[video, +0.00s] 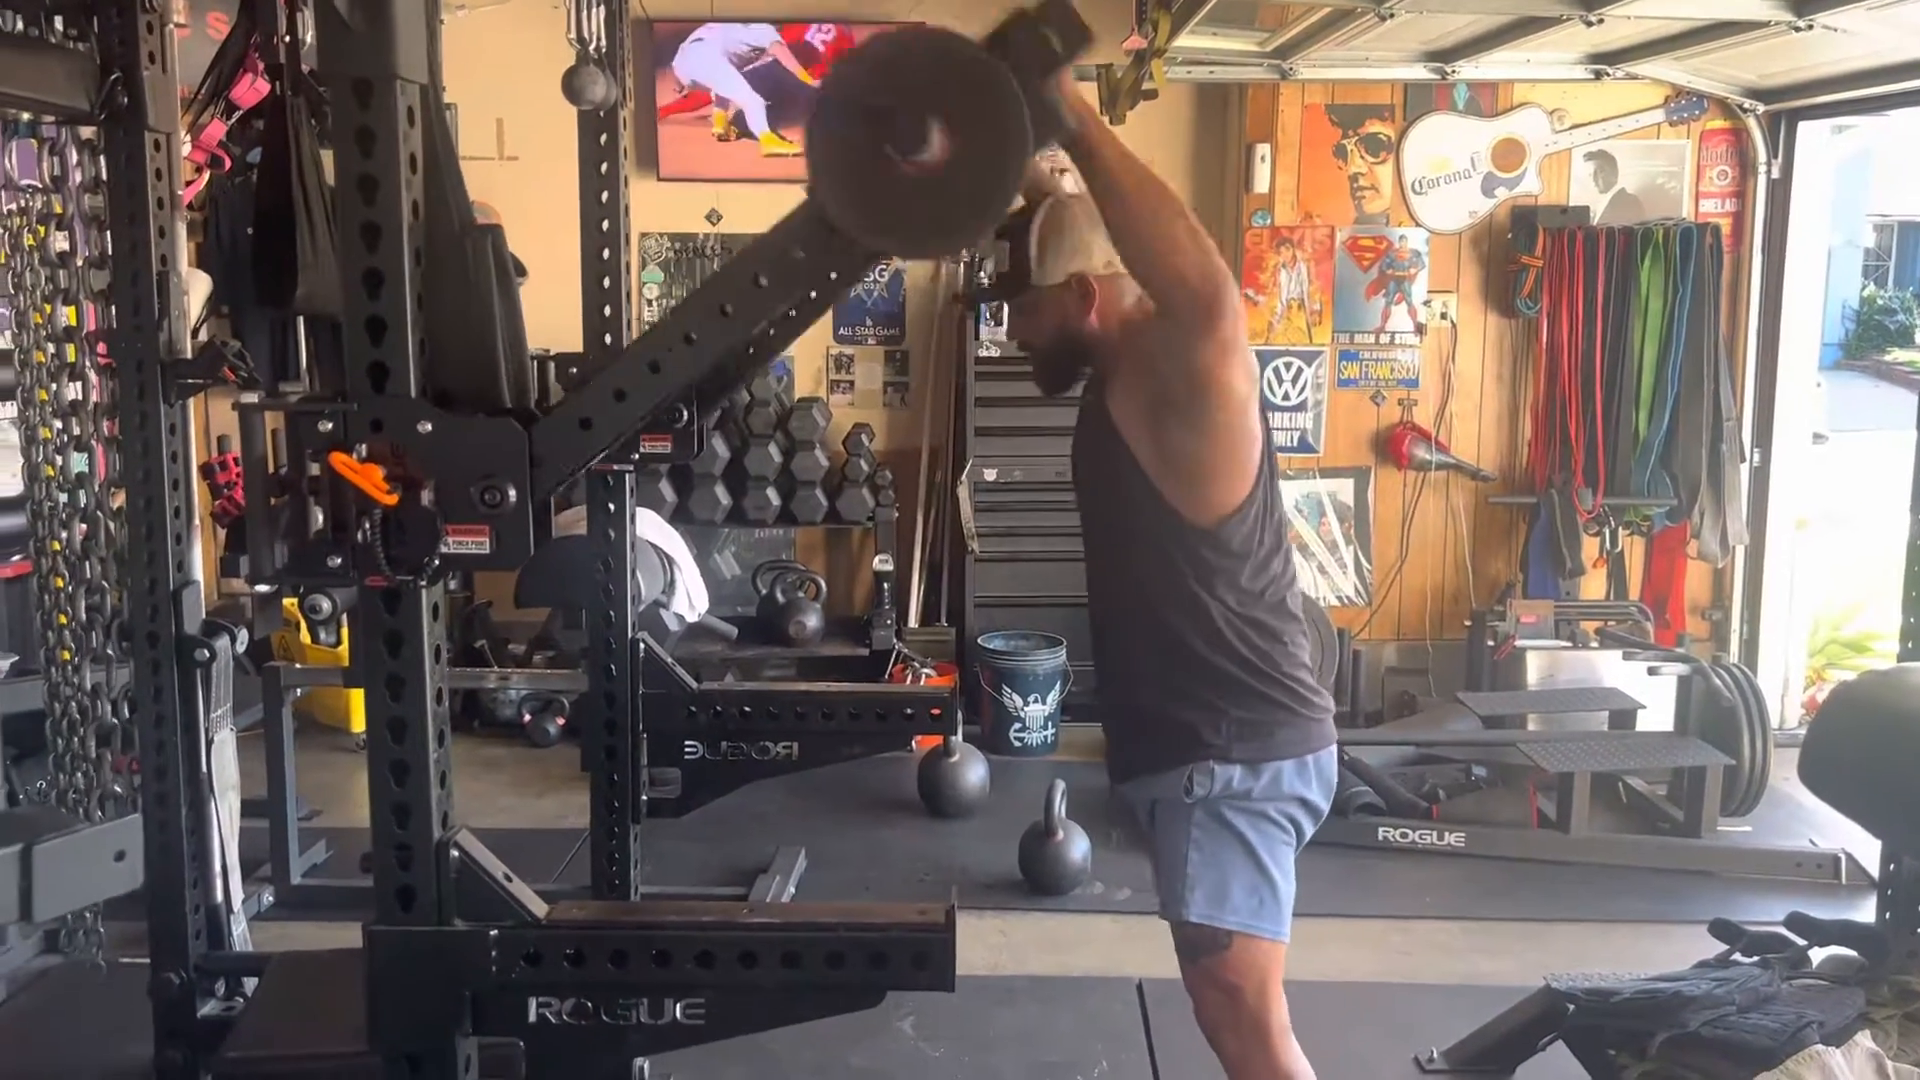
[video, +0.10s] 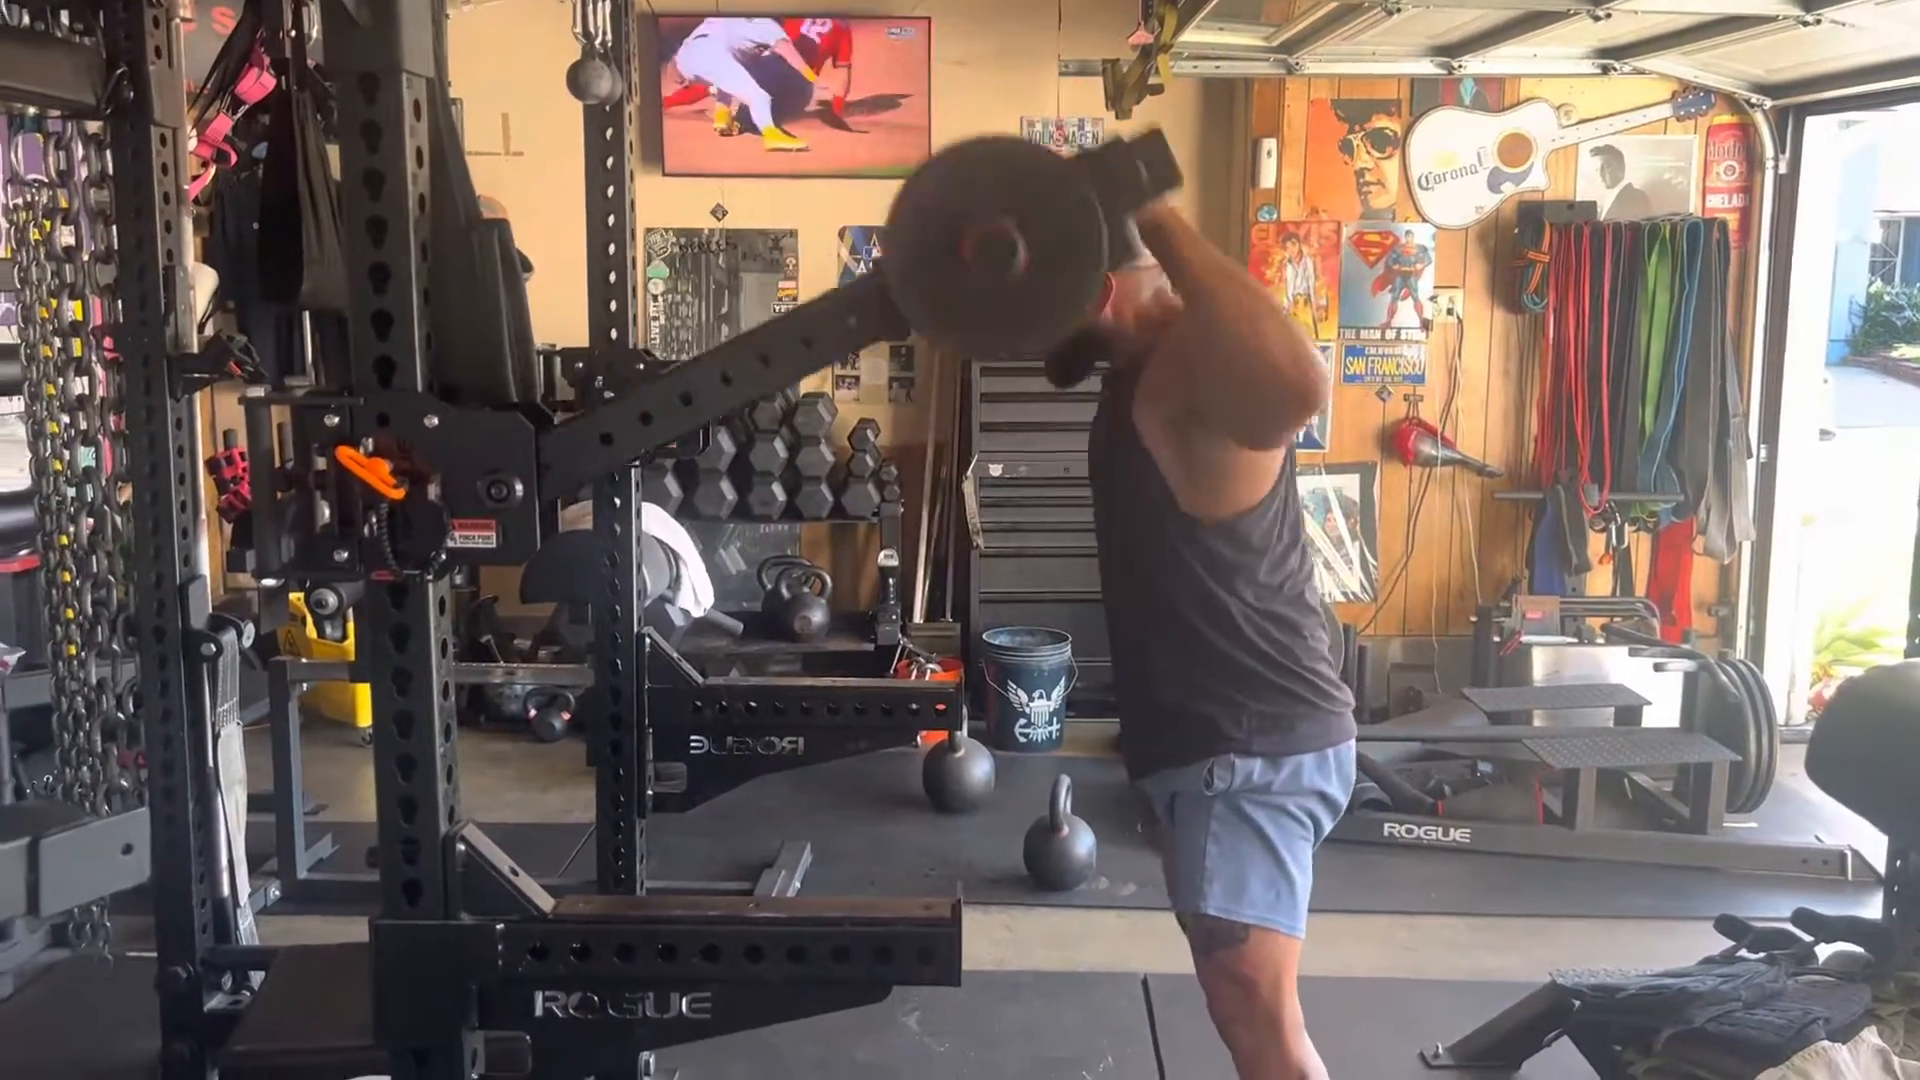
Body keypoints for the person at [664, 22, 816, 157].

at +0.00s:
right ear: (774, 28)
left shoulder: (727, 29)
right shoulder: (764, 30)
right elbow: (783, 55)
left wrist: (682, 81)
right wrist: (809, 80)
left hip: (681, 61)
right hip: (706, 57)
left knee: (724, 83)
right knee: (753, 101)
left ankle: (720, 127)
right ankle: (768, 140)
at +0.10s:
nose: (763, 51)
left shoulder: (724, 20)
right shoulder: (768, 25)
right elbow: (787, 52)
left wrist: (684, 74)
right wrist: (813, 79)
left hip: (685, 55)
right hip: (712, 53)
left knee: (727, 75)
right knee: (759, 96)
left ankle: (722, 120)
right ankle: (771, 133)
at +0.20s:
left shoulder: (729, 17)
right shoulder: (771, 19)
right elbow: (789, 46)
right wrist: (814, 73)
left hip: (688, 51)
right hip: (714, 48)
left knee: (730, 72)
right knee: (766, 92)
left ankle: (724, 112)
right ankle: (775, 128)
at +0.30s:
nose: (801, 38)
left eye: (804, 36)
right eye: (802, 35)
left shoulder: (740, 11)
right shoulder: (780, 17)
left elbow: (700, 19)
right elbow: (807, 56)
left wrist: (684, 26)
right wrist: (832, 82)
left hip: (695, 46)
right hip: (721, 45)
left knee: (736, 63)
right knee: (774, 86)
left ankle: (729, 108)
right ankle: (780, 122)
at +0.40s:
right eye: (803, 8)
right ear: (794, 4)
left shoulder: (743, 4)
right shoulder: (785, 12)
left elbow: (711, 9)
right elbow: (808, 50)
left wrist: (687, 13)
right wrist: (837, 79)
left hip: (701, 43)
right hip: (729, 43)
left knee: (741, 58)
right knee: (783, 83)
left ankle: (734, 103)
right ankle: (783, 116)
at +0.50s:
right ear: (796, 5)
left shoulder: (746, 3)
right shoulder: (790, 7)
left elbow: (719, 8)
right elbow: (811, 41)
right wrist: (842, 78)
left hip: (708, 40)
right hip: (737, 39)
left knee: (747, 53)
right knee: (792, 79)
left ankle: (739, 99)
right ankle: (790, 111)